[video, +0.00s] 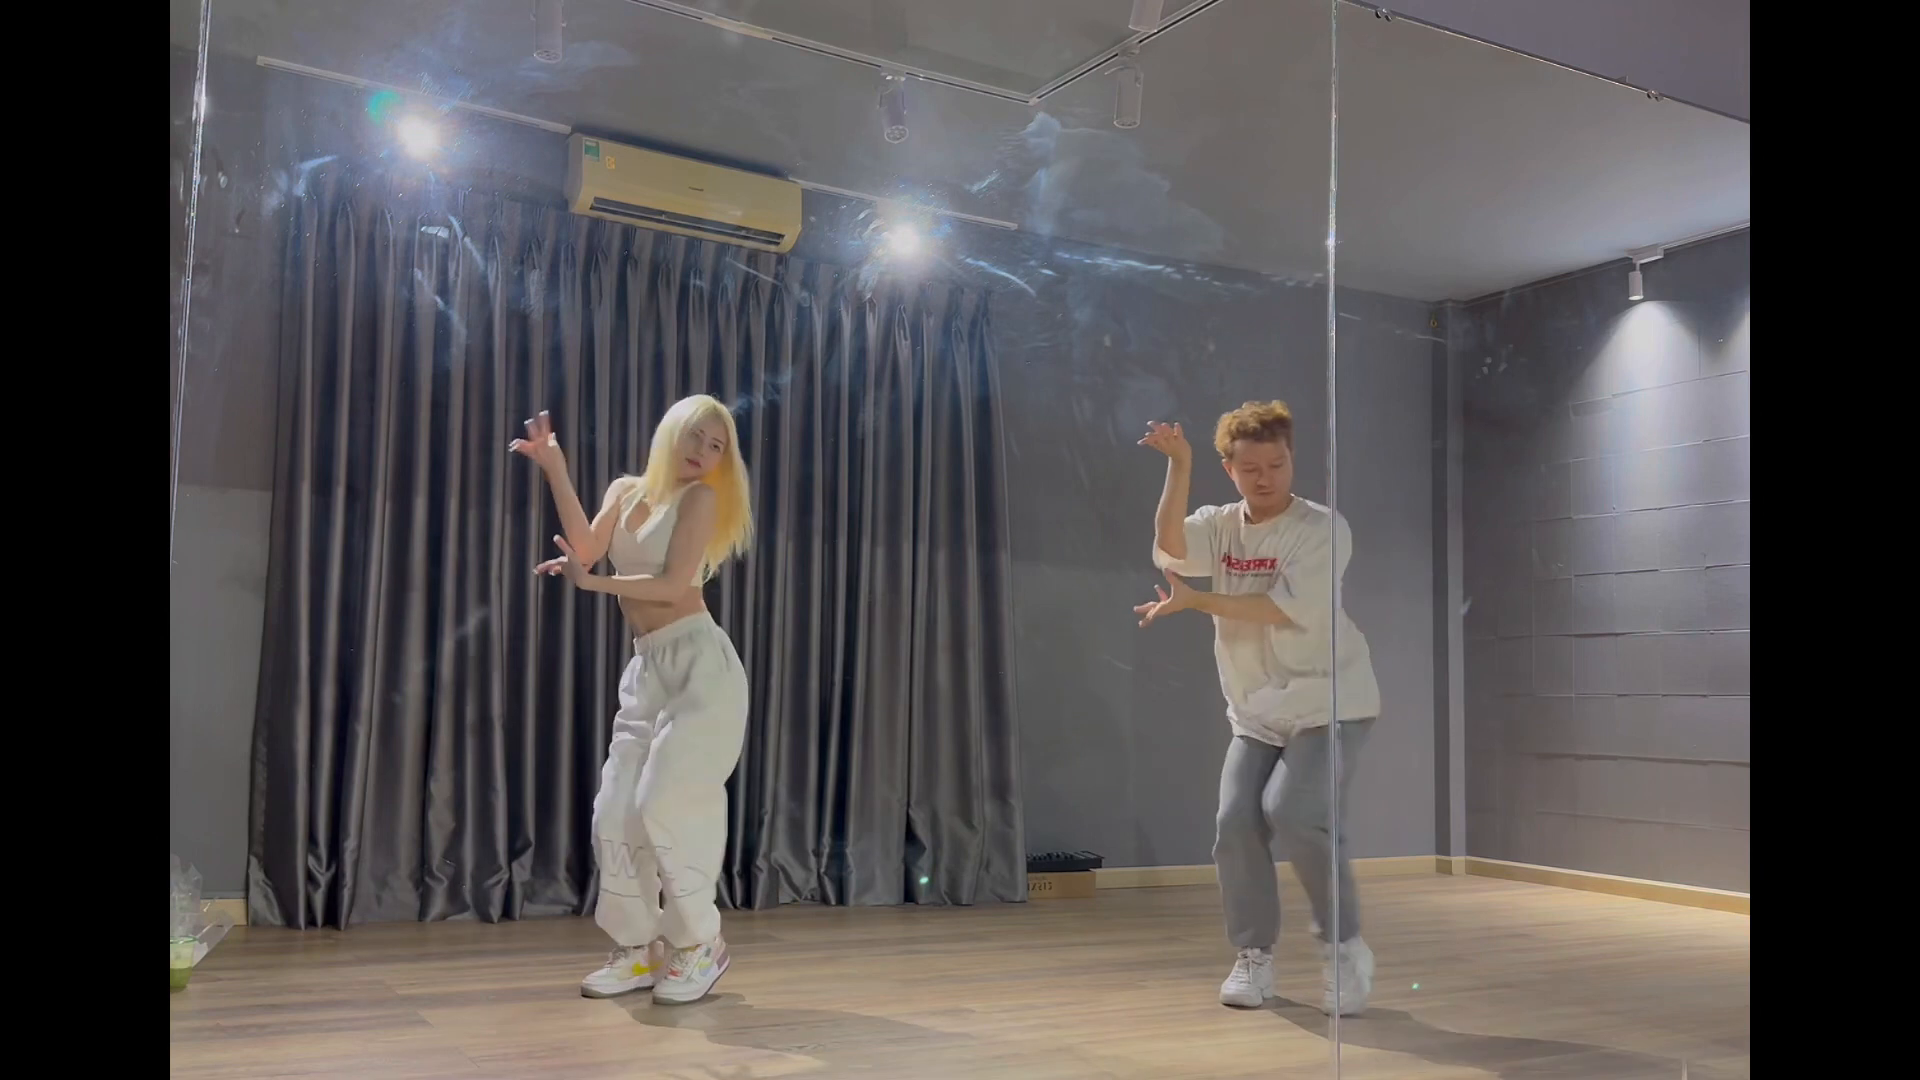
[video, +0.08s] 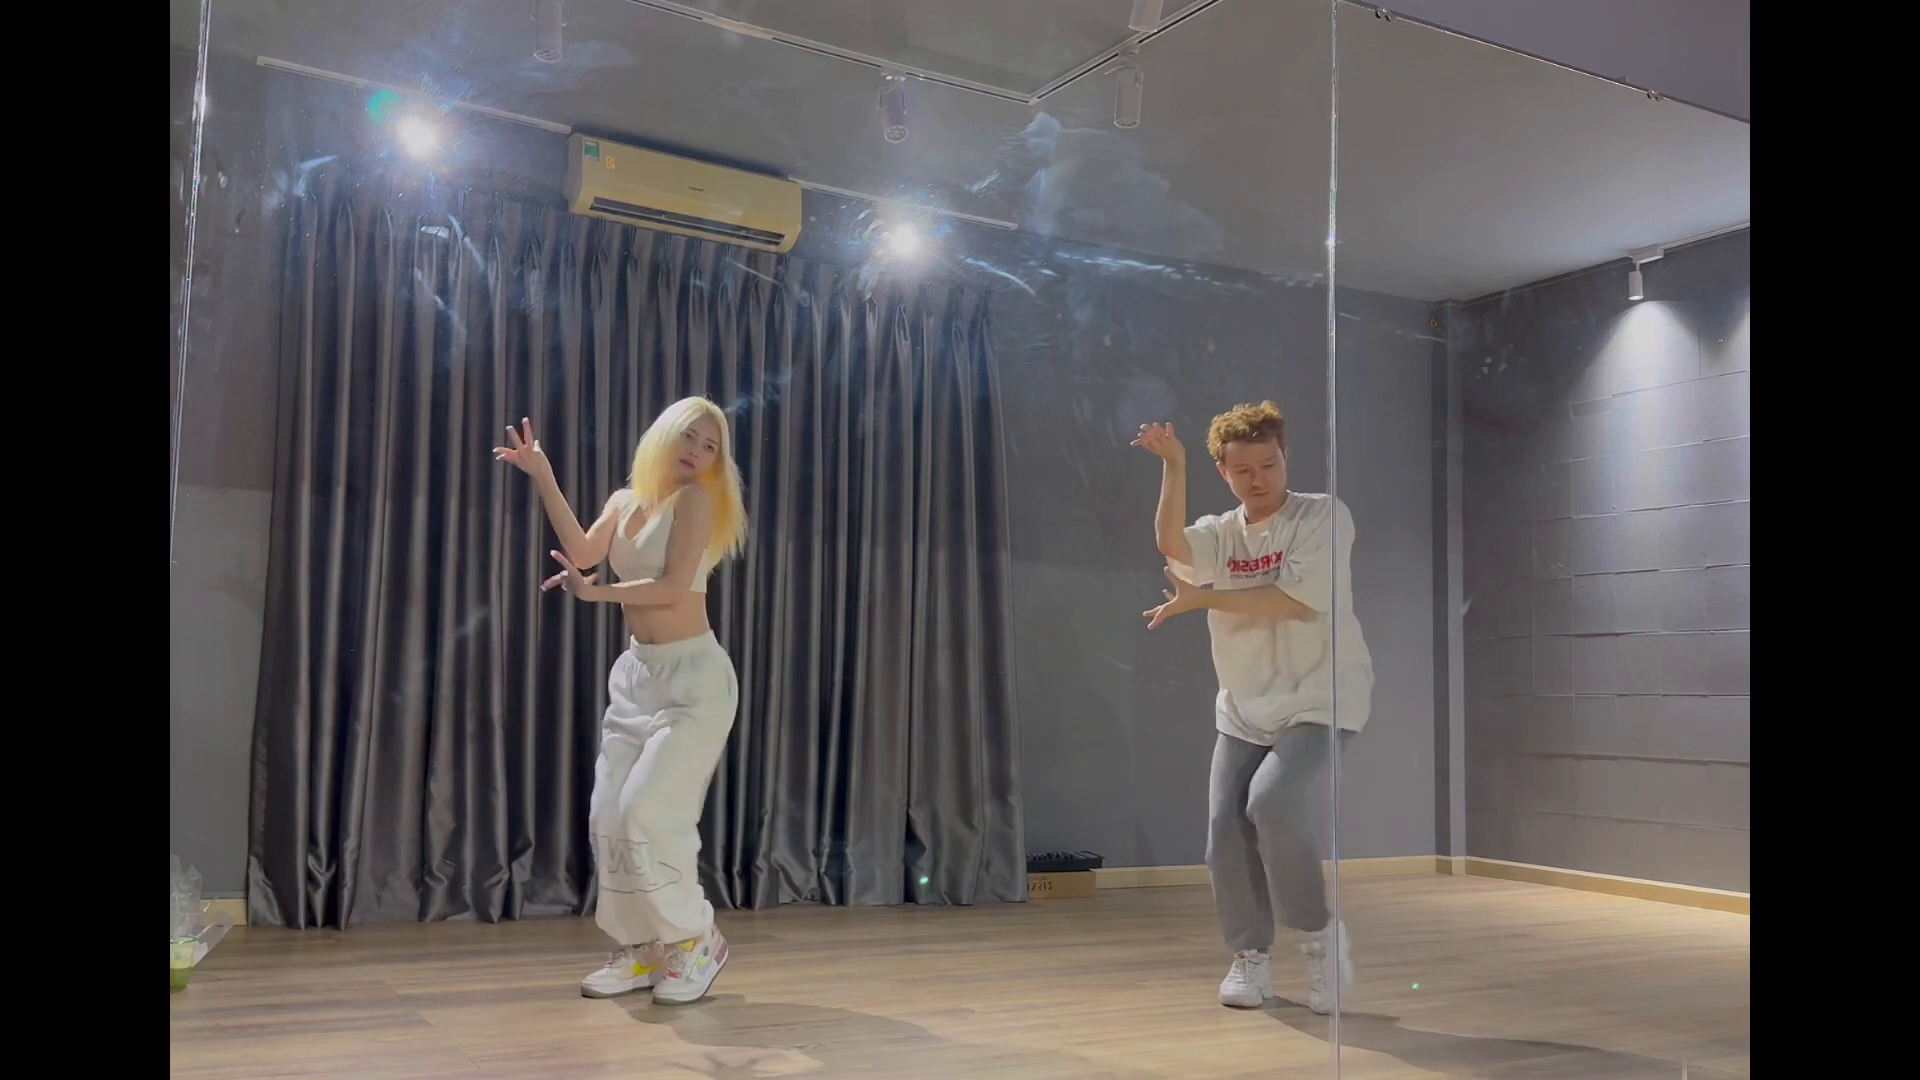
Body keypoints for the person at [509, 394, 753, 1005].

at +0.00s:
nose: (703, 452)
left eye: (715, 446)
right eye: (696, 438)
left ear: (722, 456)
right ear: (671, 435)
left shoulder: (699, 501)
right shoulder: (626, 491)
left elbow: (676, 586)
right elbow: (587, 546)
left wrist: (592, 580)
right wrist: (555, 466)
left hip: (701, 667)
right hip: (647, 673)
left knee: (662, 804)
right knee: (615, 809)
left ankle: (701, 945)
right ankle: (643, 950)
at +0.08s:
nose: (699, 452)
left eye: (711, 447)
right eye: (692, 438)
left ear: (716, 458)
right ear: (665, 435)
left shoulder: (695, 504)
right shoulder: (626, 501)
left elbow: (676, 588)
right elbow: (583, 550)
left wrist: (594, 591)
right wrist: (543, 475)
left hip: (697, 682)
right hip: (637, 681)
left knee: (645, 811)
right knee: (607, 816)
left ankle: (699, 942)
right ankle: (645, 948)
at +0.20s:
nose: (697, 460)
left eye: (710, 453)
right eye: (689, 446)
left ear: (718, 463)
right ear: (663, 447)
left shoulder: (698, 506)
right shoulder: (641, 510)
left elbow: (679, 591)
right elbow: (587, 553)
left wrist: (595, 595)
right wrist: (543, 475)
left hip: (681, 687)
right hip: (621, 677)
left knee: (609, 817)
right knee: (585, 821)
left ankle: (689, 934)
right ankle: (643, 948)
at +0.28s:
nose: (696, 462)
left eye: (710, 456)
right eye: (688, 449)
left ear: (718, 464)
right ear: (664, 447)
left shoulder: (703, 506)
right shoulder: (631, 509)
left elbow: (685, 592)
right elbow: (585, 550)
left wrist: (600, 590)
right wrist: (545, 468)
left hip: (681, 671)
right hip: (632, 667)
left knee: (606, 816)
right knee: (576, 823)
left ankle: (687, 934)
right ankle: (646, 947)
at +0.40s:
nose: (700, 461)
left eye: (712, 451)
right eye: (691, 447)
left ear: (721, 457)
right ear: (667, 444)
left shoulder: (705, 501)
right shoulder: (631, 487)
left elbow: (687, 585)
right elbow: (583, 541)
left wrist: (600, 584)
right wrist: (567, 459)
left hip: (687, 660)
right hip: (640, 665)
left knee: (637, 804)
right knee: (599, 813)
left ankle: (696, 940)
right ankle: (647, 949)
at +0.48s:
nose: (699, 448)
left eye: (710, 438)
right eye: (689, 435)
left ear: (720, 442)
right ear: (664, 434)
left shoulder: (705, 486)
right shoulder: (628, 484)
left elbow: (688, 565)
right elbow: (590, 540)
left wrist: (609, 593)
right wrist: (569, 460)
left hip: (695, 657)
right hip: (634, 658)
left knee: (665, 805)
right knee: (616, 806)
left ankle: (701, 946)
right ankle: (645, 949)